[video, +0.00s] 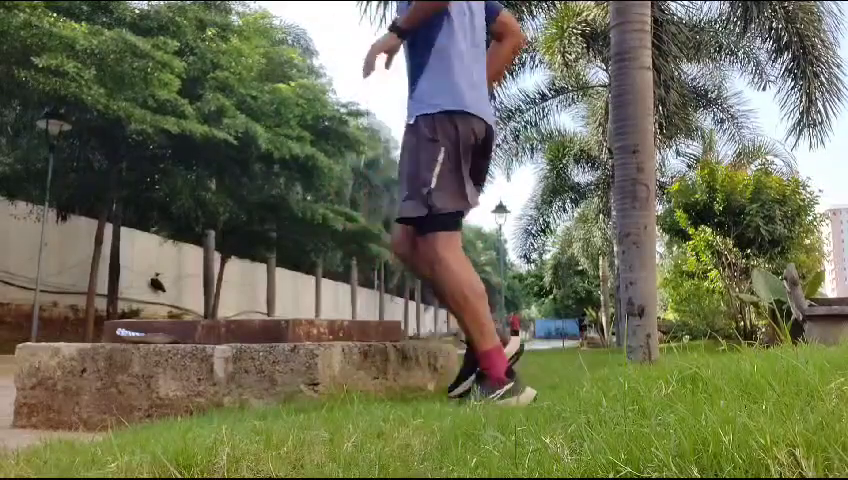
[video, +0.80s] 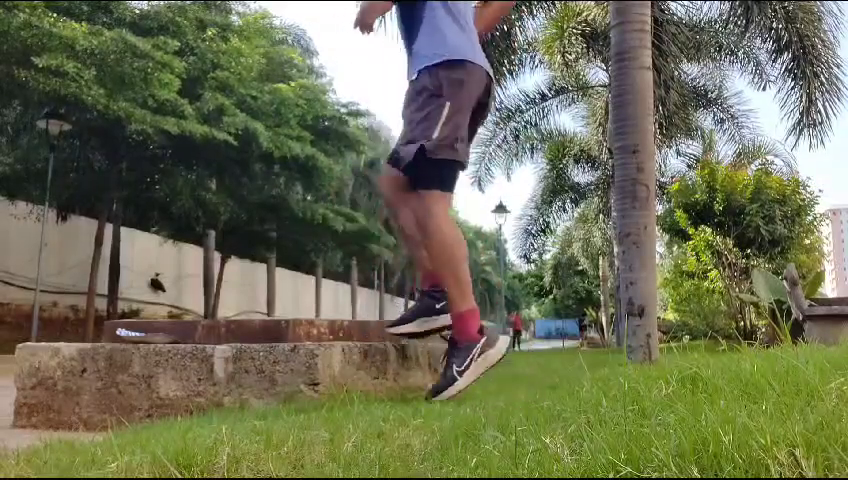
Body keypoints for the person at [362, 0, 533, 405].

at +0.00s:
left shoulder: (425, 4)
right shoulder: (476, 5)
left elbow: (436, 3)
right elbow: (511, 34)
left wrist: (395, 33)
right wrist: (476, 89)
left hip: (441, 107)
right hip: (474, 113)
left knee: (439, 245)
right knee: (406, 242)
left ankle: (497, 374)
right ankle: (489, 338)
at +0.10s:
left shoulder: (424, 3)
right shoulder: (476, 11)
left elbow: (456, 2)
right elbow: (501, 62)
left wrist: (397, 46)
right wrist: (453, 86)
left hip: (441, 115)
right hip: (487, 129)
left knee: (377, 234)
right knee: (446, 255)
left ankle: (467, 328)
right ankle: (507, 371)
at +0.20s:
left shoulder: (422, 5)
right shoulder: (448, 16)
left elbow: (462, 4)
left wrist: (403, 56)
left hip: (441, 115)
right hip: (486, 130)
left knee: (342, 193)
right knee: (456, 254)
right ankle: (508, 374)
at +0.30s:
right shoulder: (453, 13)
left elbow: (431, 0)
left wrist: (391, 31)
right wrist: (402, 79)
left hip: (431, 80)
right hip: (475, 96)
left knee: (344, 181)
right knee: (457, 228)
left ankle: (385, 297)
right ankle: (497, 352)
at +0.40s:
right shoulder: (453, 8)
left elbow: (405, 1)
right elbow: (469, 29)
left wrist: (375, 26)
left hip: (419, 70)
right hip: (465, 83)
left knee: (359, 185)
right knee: (416, 204)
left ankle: (389, 305)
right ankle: (479, 309)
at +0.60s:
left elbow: (370, 3)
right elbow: (480, 6)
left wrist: (358, 7)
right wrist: (447, 40)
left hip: (423, 50)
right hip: (465, 61)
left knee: (390, 174)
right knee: (416, 184)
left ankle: (426, 303)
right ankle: (426, 302)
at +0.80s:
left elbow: (380, 5)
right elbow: (503, 2)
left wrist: (369, 13)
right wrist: (464, 35)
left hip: (445, 63)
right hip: (474, 69)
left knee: (430, 202)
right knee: (392, 182)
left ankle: (469, 338)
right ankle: (436, 293)